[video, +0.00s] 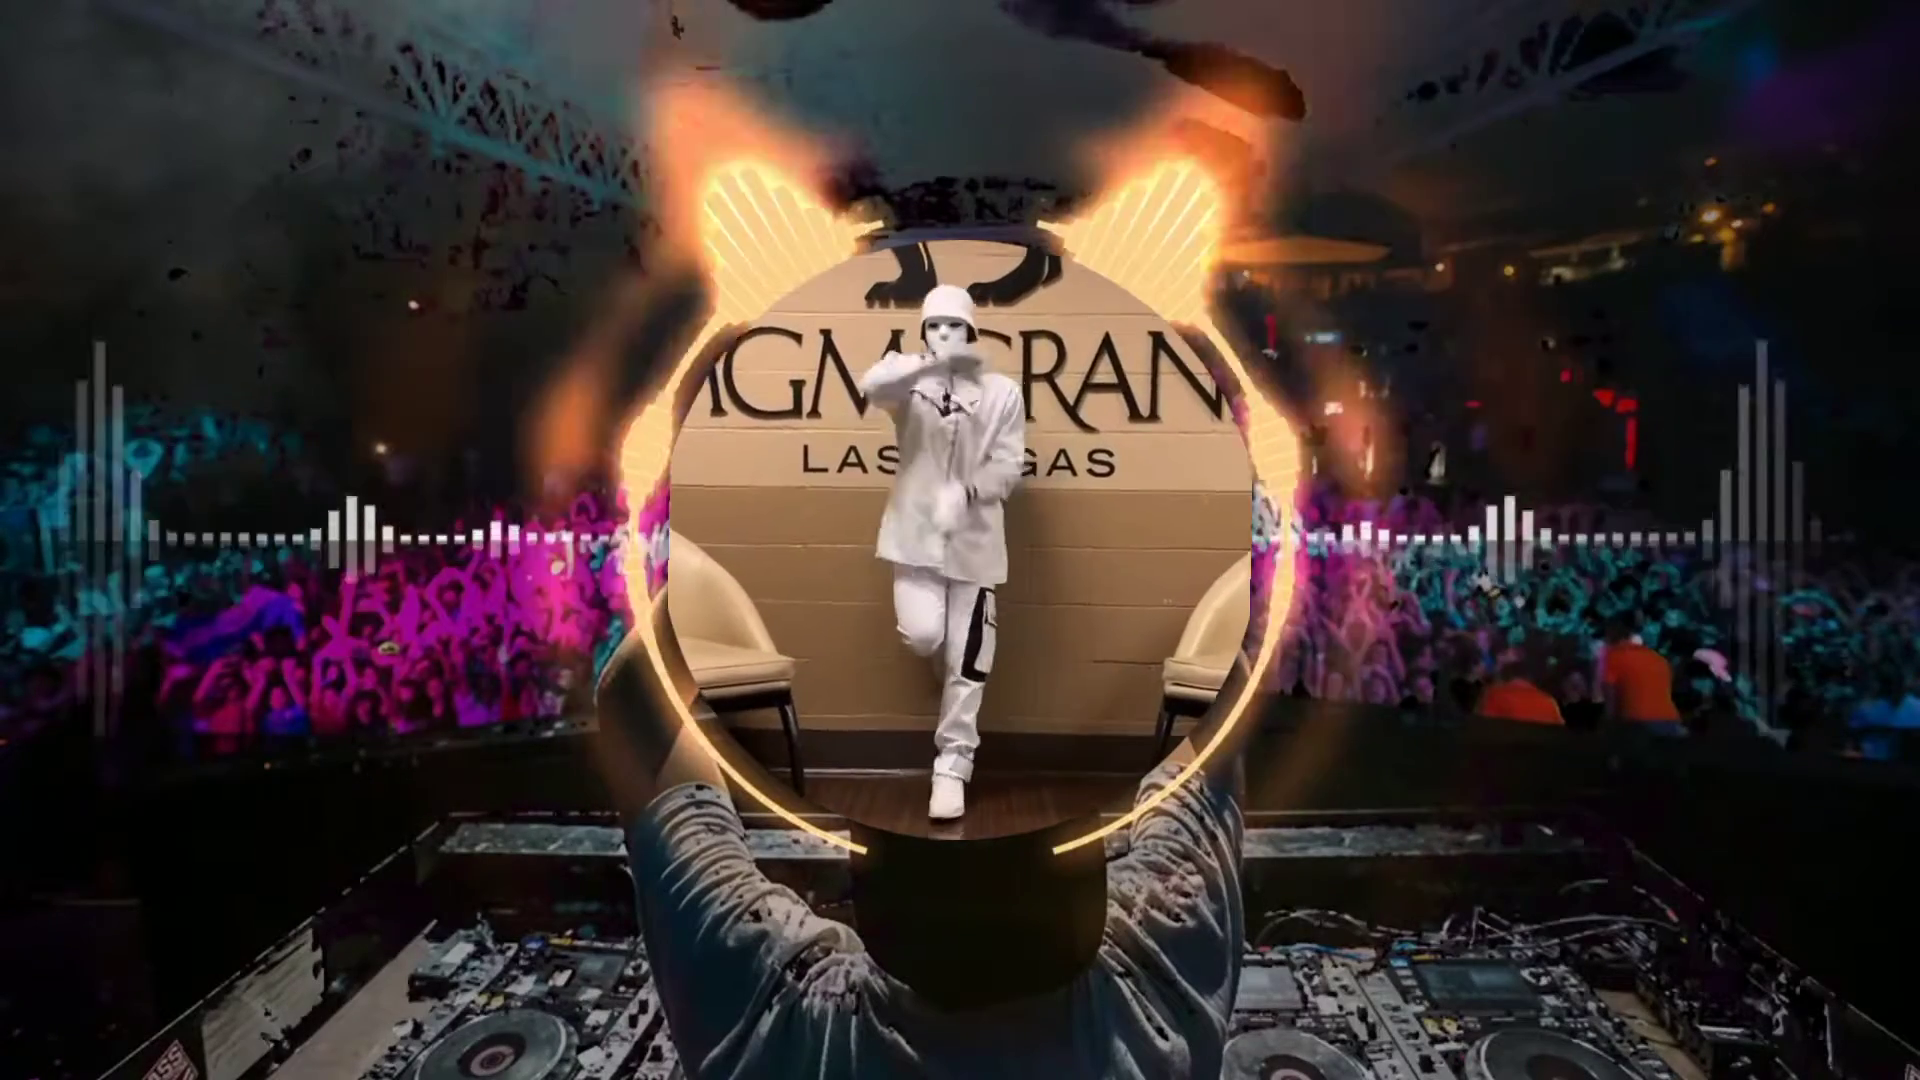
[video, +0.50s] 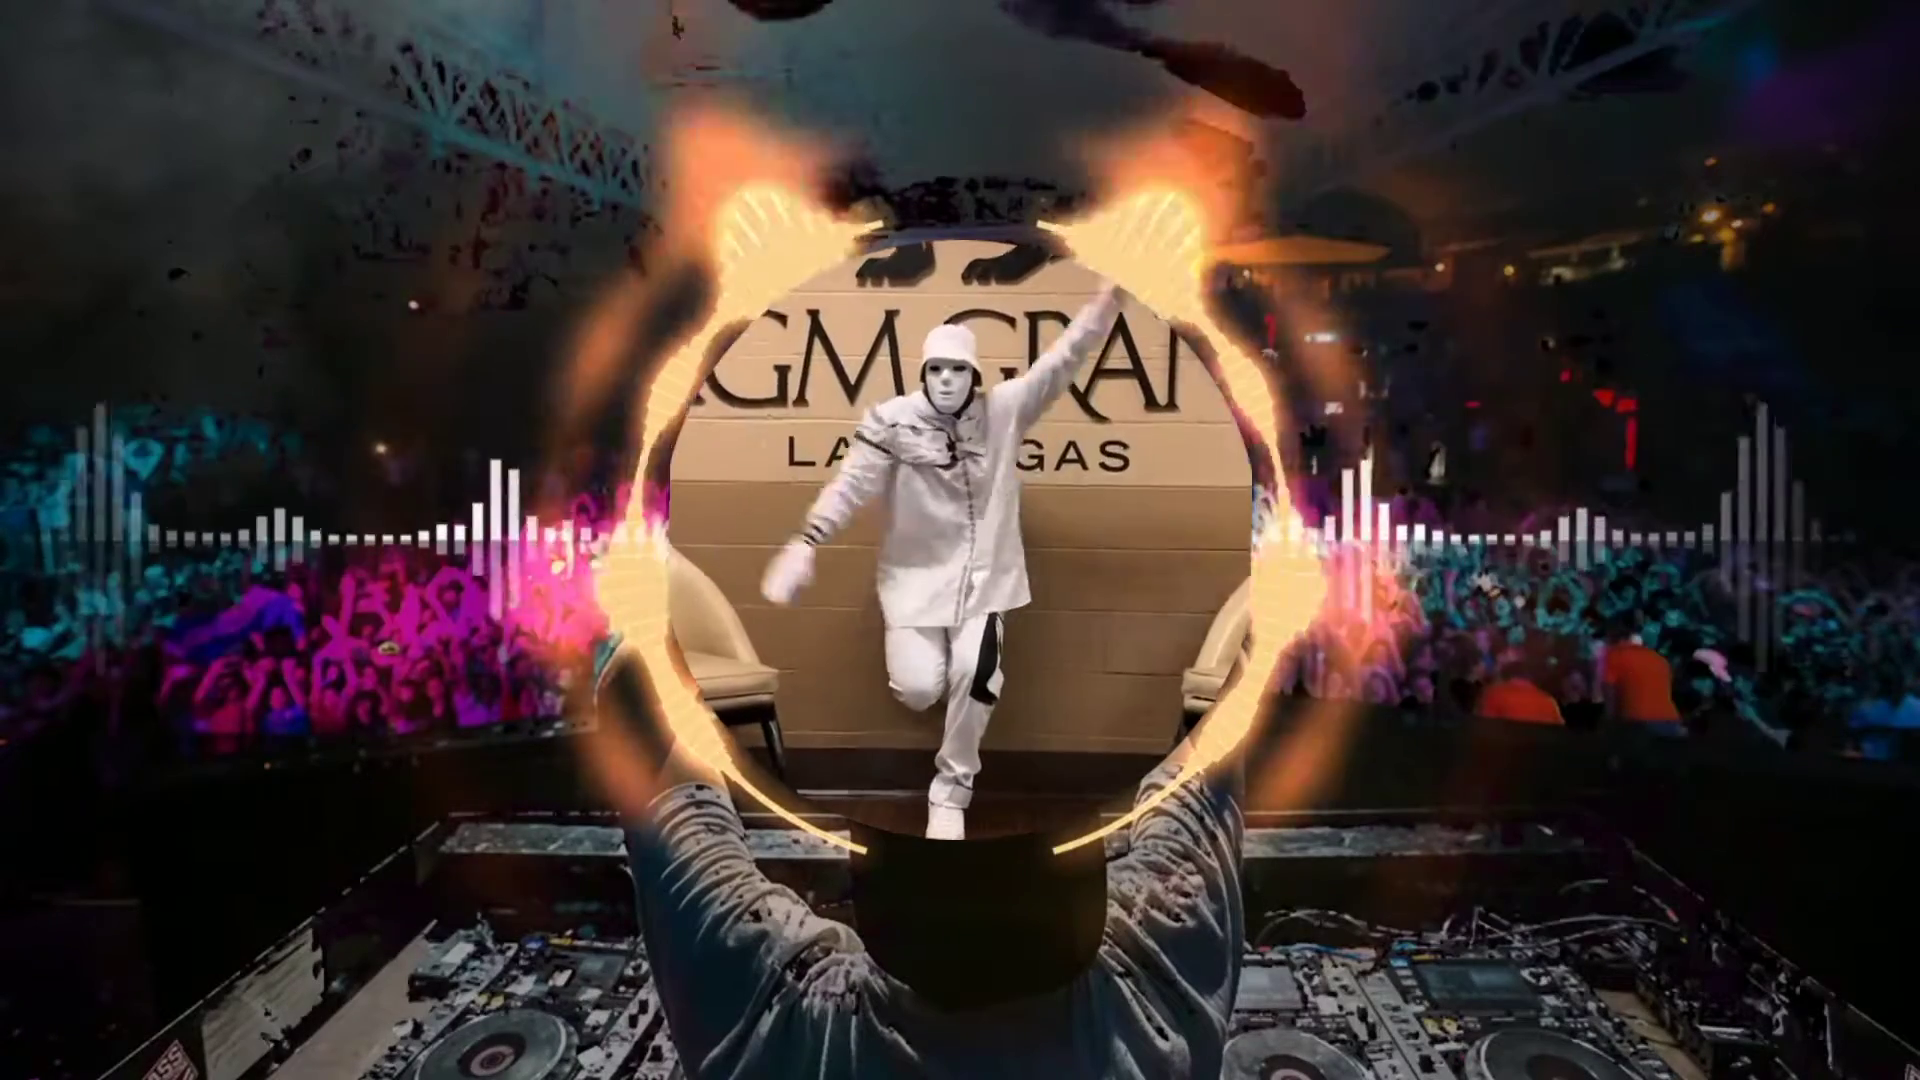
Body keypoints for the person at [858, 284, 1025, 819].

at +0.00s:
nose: (945, 337)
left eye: (955, 328)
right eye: (936, 327)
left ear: (972, 332)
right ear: (923, 332)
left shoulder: (1002, 393)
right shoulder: (907, 377)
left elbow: (1009, 464)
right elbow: (874, 386)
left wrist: (972, 490)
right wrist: (937, 363)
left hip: (974, 546)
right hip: (915, 537)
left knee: (967, 665)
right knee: (922, 636)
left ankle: (951, 770)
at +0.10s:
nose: (944, 365)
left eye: (955, 356)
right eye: (935, 355)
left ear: (971, 362)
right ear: (921, 358)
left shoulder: (1002, 424)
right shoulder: (905, 406)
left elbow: (1013, 499)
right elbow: (865, 379)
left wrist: (1005, 564)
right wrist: (895, 315)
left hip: (976, 557)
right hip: (915, 553)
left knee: (972, 666)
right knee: (915, 657)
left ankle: (951, 776)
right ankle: (960, 653)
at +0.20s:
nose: (943, 378)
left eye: (954, 369)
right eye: (934, 368)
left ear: (970, 376)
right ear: (920, 373)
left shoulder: (1002, 439)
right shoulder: (898, 413)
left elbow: (1039, 516)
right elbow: (844, 390)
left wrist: (1072, 585)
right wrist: (842, 322)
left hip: (972, 576)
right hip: (908, 573)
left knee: (974, 672)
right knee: (915, 673)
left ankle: (950, 782)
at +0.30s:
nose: (944, 382)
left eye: (954, 373)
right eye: (934, 372)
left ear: (972, 379)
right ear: (920, 375)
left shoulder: (1005, 436)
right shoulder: (888, 418)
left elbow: (1077, 474)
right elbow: (819, 417)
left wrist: (1152, 510)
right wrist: (771, 378)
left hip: (970, 576)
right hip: (902, 579)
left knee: (974, 670)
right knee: (913, 680)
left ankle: (949, 788)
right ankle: (941, 639)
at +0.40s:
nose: (944, 385)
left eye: (955, 375)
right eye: (935, 374)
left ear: (974, 380)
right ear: (920, 378)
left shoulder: (1013, 426)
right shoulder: (889, 425)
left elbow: (1100, 410)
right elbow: (809, 451)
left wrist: (1185, 389)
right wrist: (735, 466)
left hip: (980, 580)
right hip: (912, 580)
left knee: (977, 681)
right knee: (915, 688)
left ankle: (950, 792)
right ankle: (928, 636)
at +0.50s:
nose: (946, 381)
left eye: (958, 371)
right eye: (936, 370)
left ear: (975, 375)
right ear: (923, 373)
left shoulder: (1002, 411)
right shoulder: (892, 422)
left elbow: (1061, 363)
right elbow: (850, 487)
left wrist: (1105, 305)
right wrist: (806, 542)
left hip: (982, 577)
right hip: (915, 579)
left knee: (978, 684)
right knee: (918, 689)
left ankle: (950, 797)